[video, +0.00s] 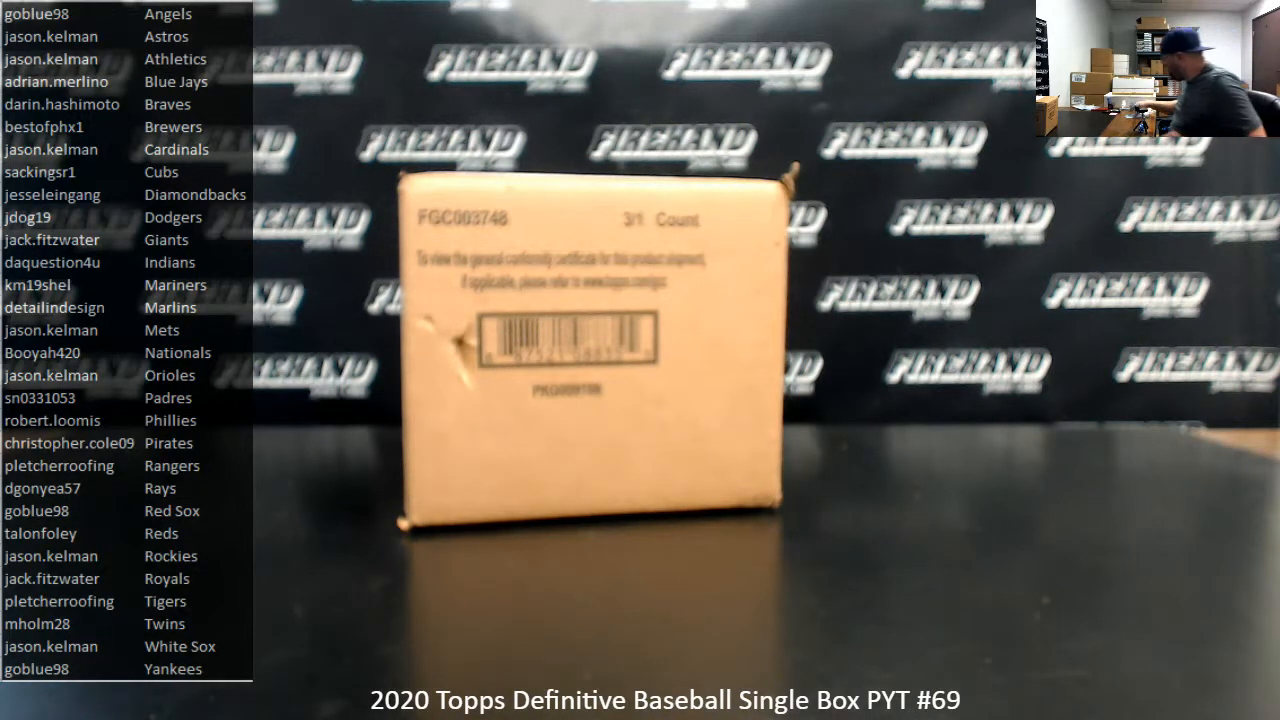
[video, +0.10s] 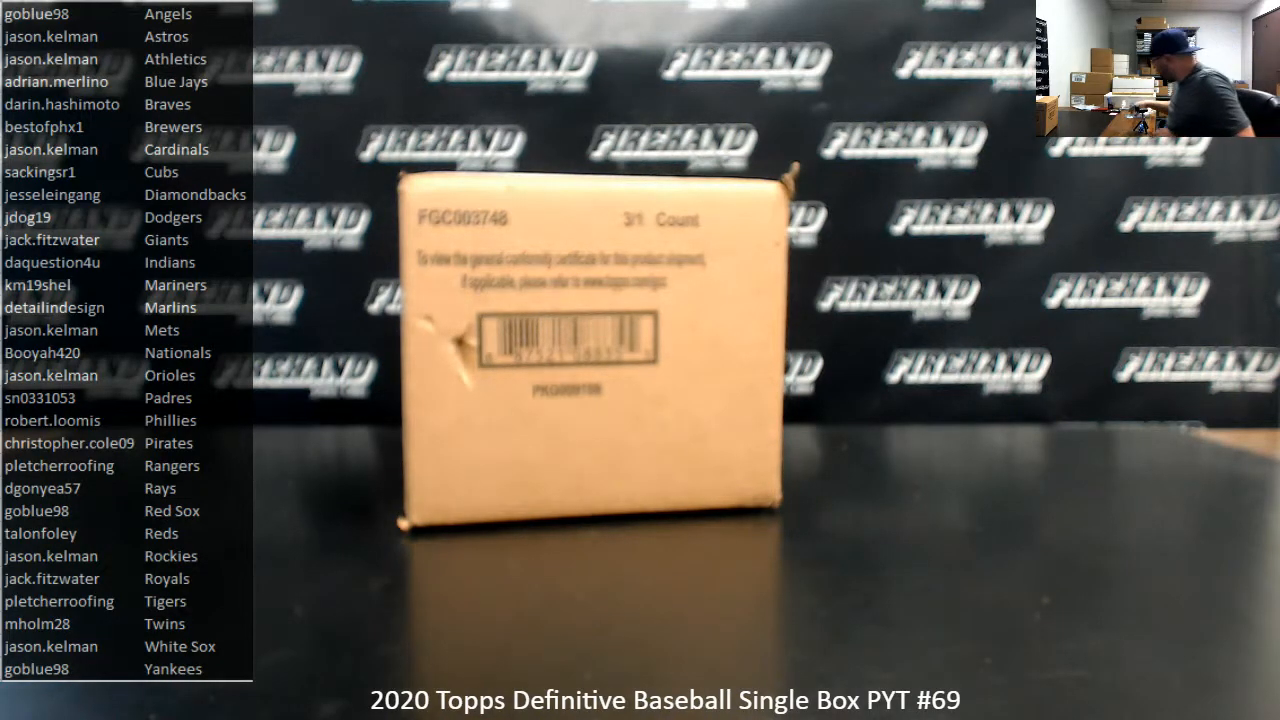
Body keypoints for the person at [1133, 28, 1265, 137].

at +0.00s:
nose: (1164, 66)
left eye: (1165, 59)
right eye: (1163, 60)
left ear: (1179, 57)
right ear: (1180, 57)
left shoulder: (1222, 83)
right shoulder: (1192, 83)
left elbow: (1258, 137)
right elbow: (1181, 108)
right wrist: (1150, 104)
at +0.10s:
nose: (1155, 69)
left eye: (1155, 62)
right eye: (1154, 63)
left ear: (1167, 59)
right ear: (1168, 59)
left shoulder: (1210, 82)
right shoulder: (1183, 82)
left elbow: (1247, 138)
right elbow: (1178, 109)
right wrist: (1149, 104)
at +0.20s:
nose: (1153, 72)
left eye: (1151, 65)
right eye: (1150, 66)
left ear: (1163, 60)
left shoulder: (1206, 83)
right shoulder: (1180, 83)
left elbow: (1240, 138)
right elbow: (1179, 111)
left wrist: (1169, 136)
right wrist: (1149, 104)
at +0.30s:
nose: (1152, 72)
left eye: (1150, 65)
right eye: (1149, 66)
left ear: (1162, 61)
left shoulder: (1205, 83)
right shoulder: (1180, 82)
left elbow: (1232, 141)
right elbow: (1179, 111)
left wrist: (1158, 138)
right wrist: (1149, 104)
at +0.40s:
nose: (1152, 72)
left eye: (1151, 65)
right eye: (1149, 66)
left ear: (1164, 60)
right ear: (1164, 60)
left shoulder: (1207, 84)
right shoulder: (1180, 81)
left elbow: (1217, 146)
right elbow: (1177, 110)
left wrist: (1152, 138)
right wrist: (1146, 104)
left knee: (1130, 130)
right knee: (1127, 128)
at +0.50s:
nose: (1152, 71)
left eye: (1152, 64)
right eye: (1150, 66)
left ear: (1167, 59)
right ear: (1168, 60)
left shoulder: (1205, 84)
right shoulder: (1181, 80)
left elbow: (1202, 149)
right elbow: (1177, 109)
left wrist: (1139, 133)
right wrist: (1142, 104)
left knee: (1119, 127)